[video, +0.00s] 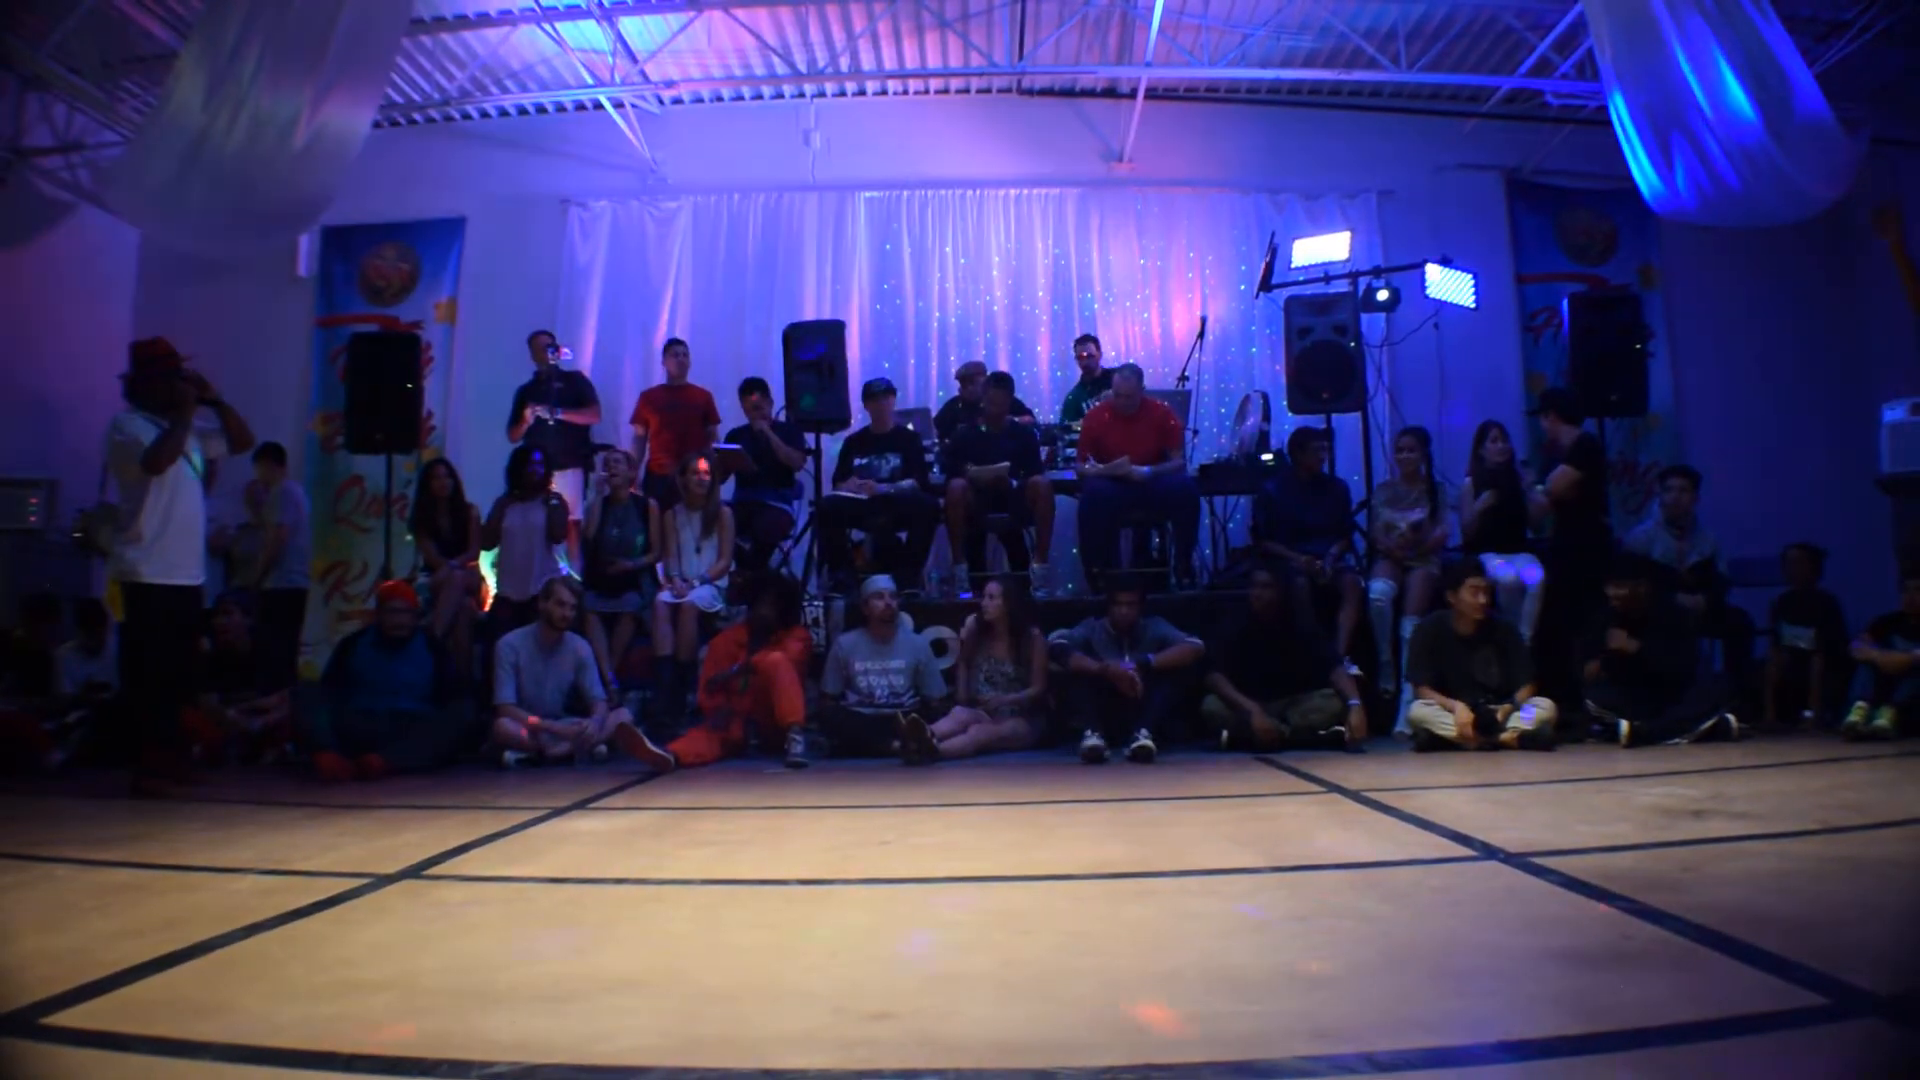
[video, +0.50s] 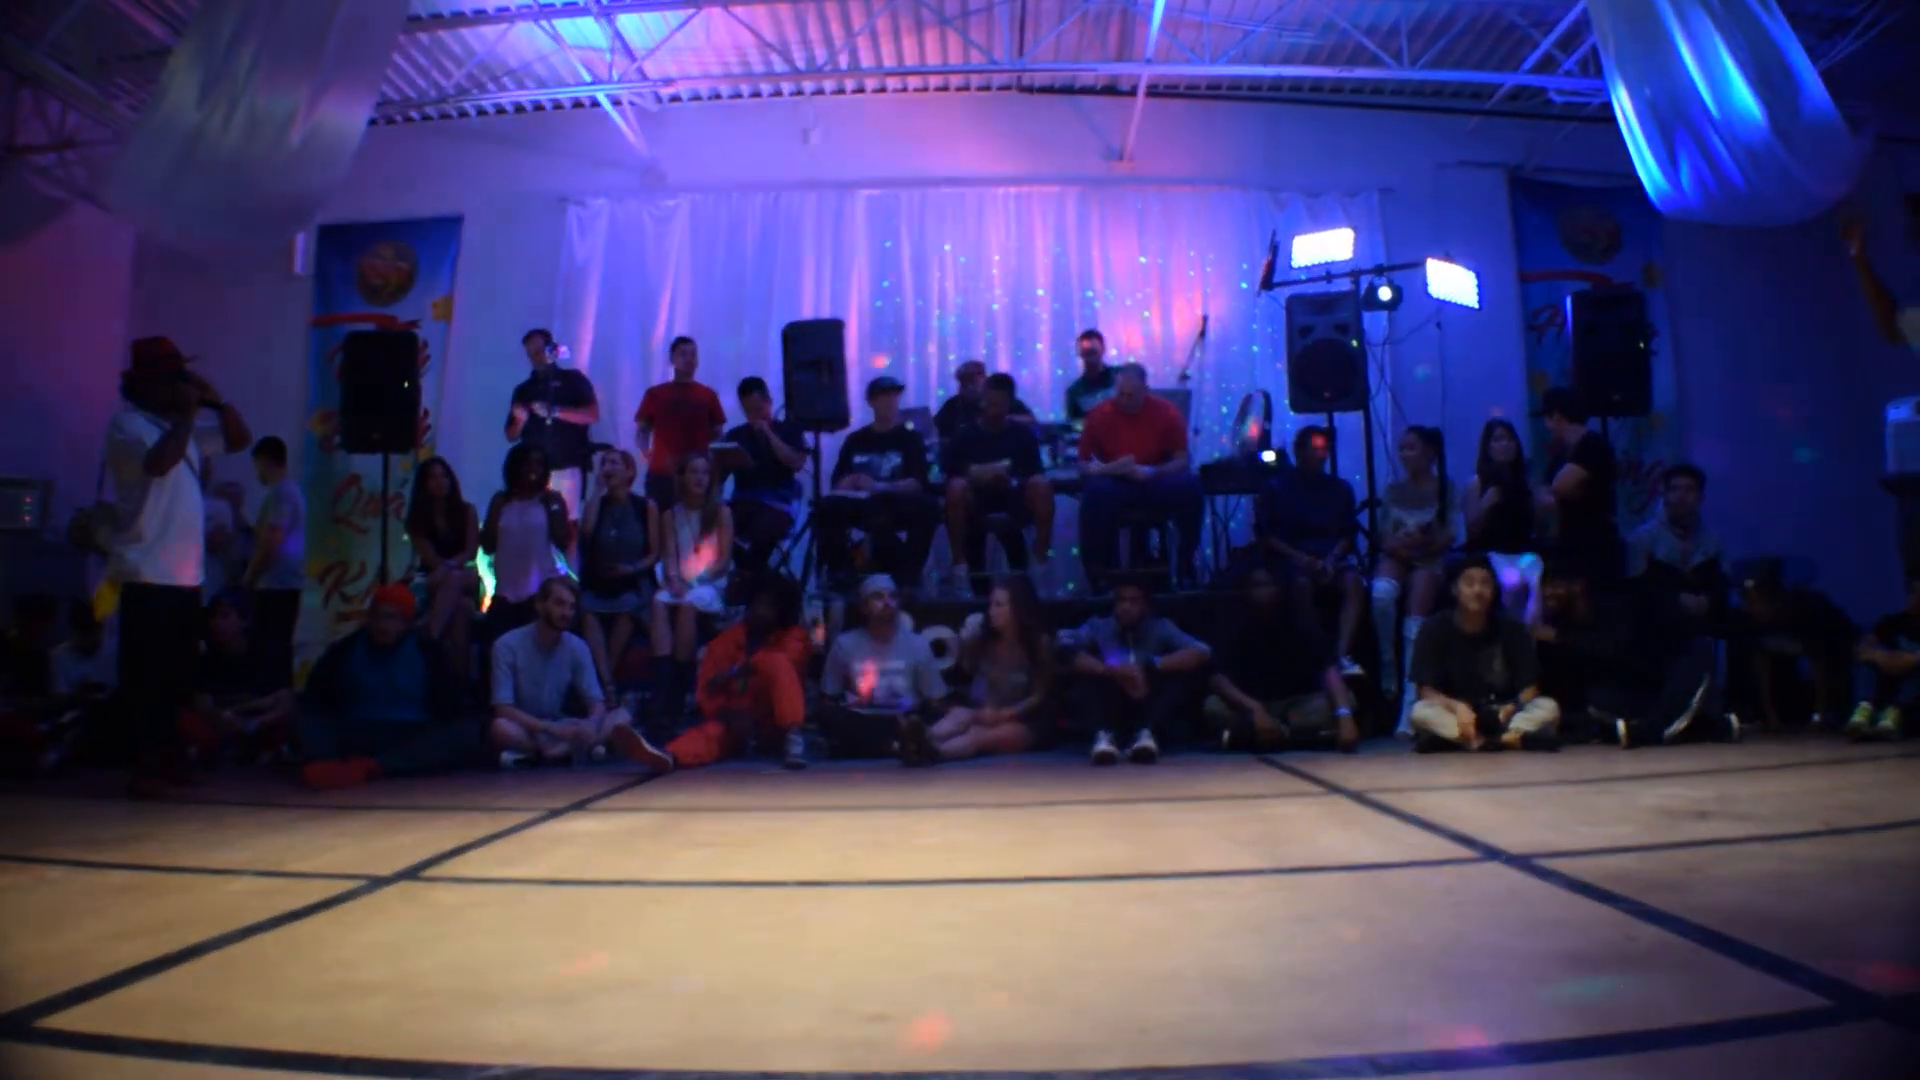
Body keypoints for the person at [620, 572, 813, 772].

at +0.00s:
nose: (762, 613)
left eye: (771, 607)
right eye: (758, 606)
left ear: (785, 612)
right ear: (750, 607)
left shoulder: (796, 637)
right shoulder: (726, 642)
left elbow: (786, 658)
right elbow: (707, 695)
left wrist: (744, 667)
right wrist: (720, 713)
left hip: (773, 720)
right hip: (737, 723)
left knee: (775, 660)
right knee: (706, 738)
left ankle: (795, 737)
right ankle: (670, 755)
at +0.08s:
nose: (762, 613)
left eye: (771, 607)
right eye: (758, 605)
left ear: (785, 612)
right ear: (750, 607)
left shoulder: (796, 636)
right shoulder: (726, 642)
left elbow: (784, 659)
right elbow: (707, 697)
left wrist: (743, 668)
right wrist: (727, 715)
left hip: (774, 720)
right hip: (737, 723)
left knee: (775, 660)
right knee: (709, 736)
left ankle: (794, 737)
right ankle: (670, 755)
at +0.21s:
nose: (762, 613)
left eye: (771, 607)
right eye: (759, 605)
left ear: (785, 613)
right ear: (750, 607)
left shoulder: (795, 637)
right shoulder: (726, 641)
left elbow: (784, 661)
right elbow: (706, 700)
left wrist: (744, 668)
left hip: (773, 719)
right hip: (736, 721)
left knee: (775, 660)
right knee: (711, 735)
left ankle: (795, 736)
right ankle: (670, 755)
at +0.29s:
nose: (762, 613)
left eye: (771, 607)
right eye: (758, 605)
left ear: (785, 612)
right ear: (750, 607)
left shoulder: (795, 637)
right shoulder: (725, 642)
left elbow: (784, 659)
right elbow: (706, 701)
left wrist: (744, 668)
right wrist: (735, 714)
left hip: (773, 720)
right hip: (737, 722)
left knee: (774, 660)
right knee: (711, 734)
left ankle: (794, 736)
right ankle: (669, 756)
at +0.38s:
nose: (762, 613)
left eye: (771, 607)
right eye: (759, 605)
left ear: (785, 612)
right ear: (750, 607)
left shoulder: (795, 637)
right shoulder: (726, 643)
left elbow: (784, 659)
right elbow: (706, 699)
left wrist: (742, 669)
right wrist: (731, 715)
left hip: (773, 720)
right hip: (737, 721)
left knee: (774, 661)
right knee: (711, 734)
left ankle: (794, 736)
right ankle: (669, 756)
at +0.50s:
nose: (760, 614)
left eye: (769, 607)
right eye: (757, 606)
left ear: (783, 612)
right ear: (749, 607)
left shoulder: (794, 637)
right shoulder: (726, 644)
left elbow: (785, 658)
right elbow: (707, 699)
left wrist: (743, 670)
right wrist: (732, 716)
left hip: (772, 720)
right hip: (737, 722)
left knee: (774, 661)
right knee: (710, 735)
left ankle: (794, 737)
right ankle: (669, 756)